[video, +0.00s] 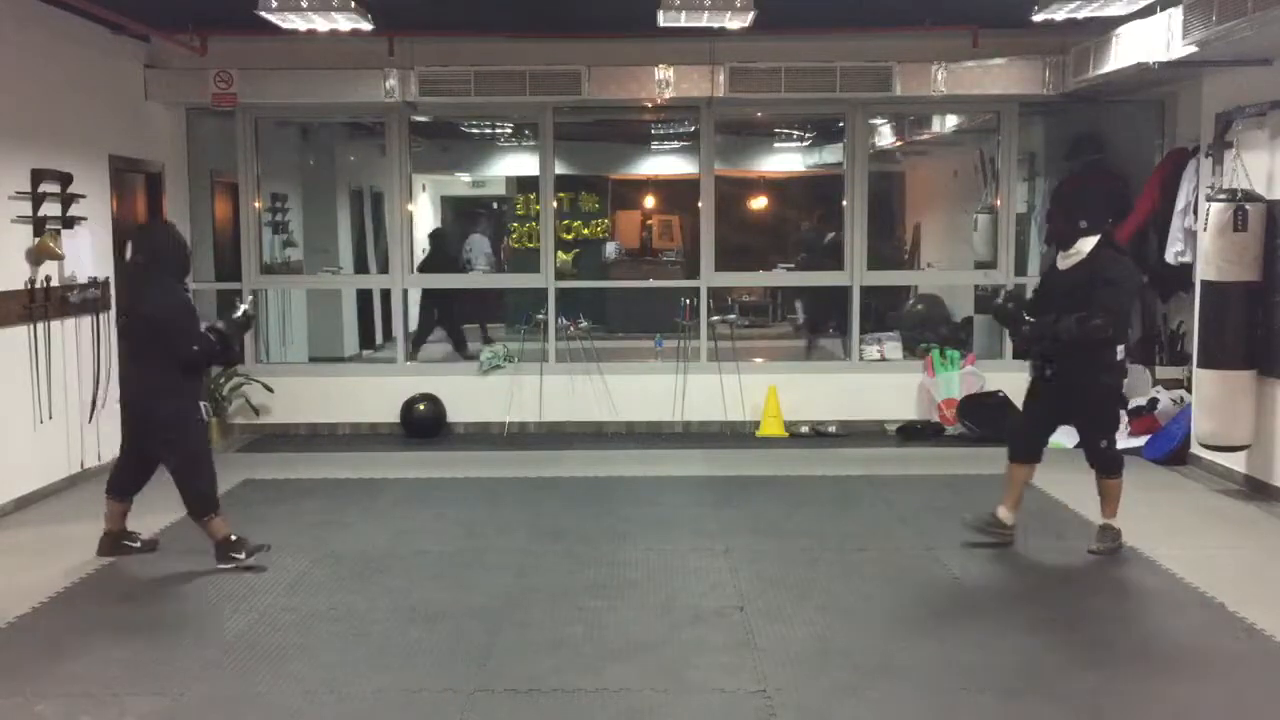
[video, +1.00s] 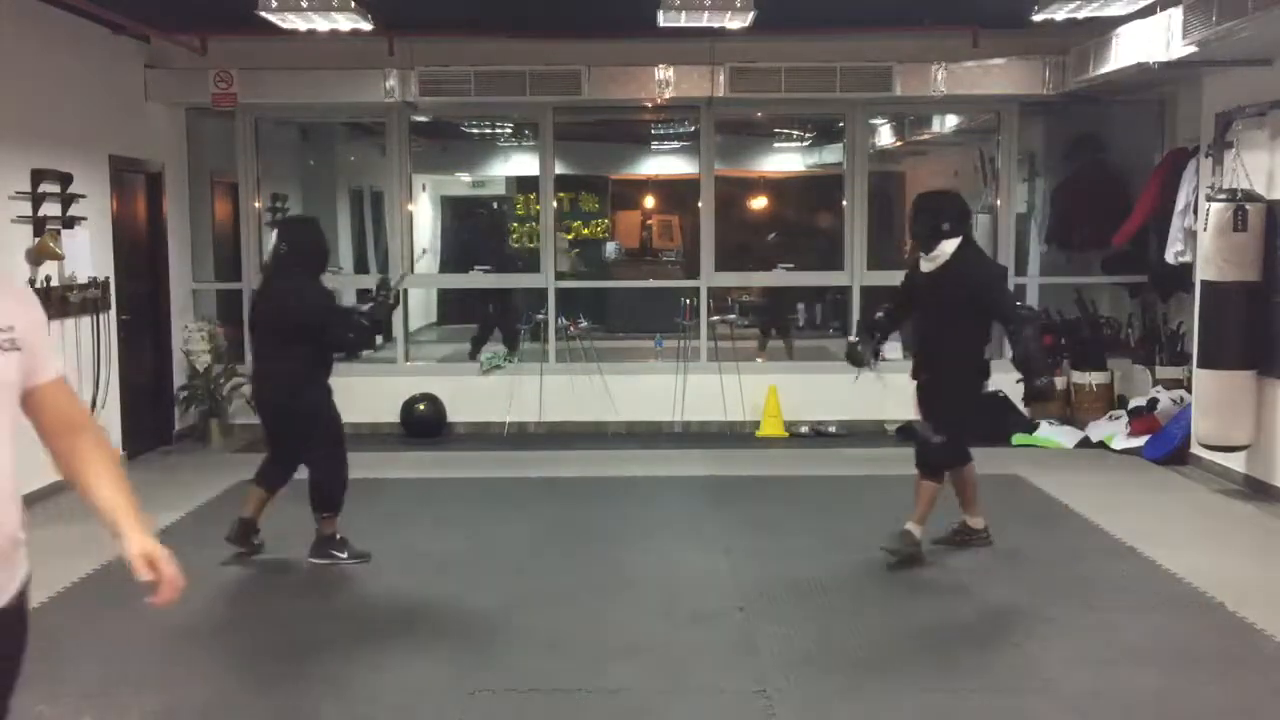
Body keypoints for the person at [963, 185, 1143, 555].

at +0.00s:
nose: (1049, 222)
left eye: (1057, 214)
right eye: (1051, 214)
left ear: (1077, 216)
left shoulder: (1112, 263)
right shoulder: (1058, 263)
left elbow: (1108, 325)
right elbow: (1040, 314)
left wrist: (1046, 334)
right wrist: (1014, 315)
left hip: (1096, 376)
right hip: (1053, 374)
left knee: (1103, 451)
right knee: (1025, 440)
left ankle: (1109, 526)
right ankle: (1004, 518)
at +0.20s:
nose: (1026, 237)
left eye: (1032, 228)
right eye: (1023, 229)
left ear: (1052, 226)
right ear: (1024, 230)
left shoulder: (1086, 269)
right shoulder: (1028, 276)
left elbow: (1083, 327)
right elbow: (1011, 335)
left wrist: (1032, 337)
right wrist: (992, 329)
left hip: (1074, 375)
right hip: (1032, 375)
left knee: (1087, 450)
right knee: (1005, 444)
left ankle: (1107, 525)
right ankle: (979, 522)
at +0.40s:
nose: (978, 235)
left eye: (984, 226)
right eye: (979, 227)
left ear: (1007, 227)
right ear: (1003, 229)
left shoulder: (1043, 265)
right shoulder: (992, 274)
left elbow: (1046, 324)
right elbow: (987, 325)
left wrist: (991, 339)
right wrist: (959, 330)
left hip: (1041, 375)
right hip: (1002, 375)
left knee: (1059, 448)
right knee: (979, 442)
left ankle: (1098, 520)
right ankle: (975, 524)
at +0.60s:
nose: (954, 229)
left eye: (959, 220)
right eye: (954, 221)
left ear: (980, 221)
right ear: (982, 221)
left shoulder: (1018, 261)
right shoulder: (967, 264)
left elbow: (1027, 322)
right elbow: (951, 312)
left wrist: (980, 352)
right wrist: (914, 317)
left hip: (1013, 369)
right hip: (974, 368)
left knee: (1018, 445)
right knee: (970, 444)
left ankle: (1068, 510)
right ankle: (976, 524)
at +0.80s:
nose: (937, 228)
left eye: (942, 220)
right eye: (937, 220)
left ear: (964, 220)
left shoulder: (1000, 263)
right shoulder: (946, 263)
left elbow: (1020, 323)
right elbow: (918, 305)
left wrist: (1021, 373)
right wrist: (882, 324)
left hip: (989, 366)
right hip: (955, 367)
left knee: (972, 443)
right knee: (958, 443)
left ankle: (992, 526)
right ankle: (974, 523)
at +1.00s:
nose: (913, 231)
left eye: (918, 223)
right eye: (914, 224)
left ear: (940, 225)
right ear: (946, 225)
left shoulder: (980, 270)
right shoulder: (924, 265)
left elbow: (1014, 321)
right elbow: (902, 304)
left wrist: (1033, 370)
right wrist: (873, 331)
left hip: (962, 372)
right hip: (929, 371)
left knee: (933, 446)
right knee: (952, 448)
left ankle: (913, 531)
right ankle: (974, 524)